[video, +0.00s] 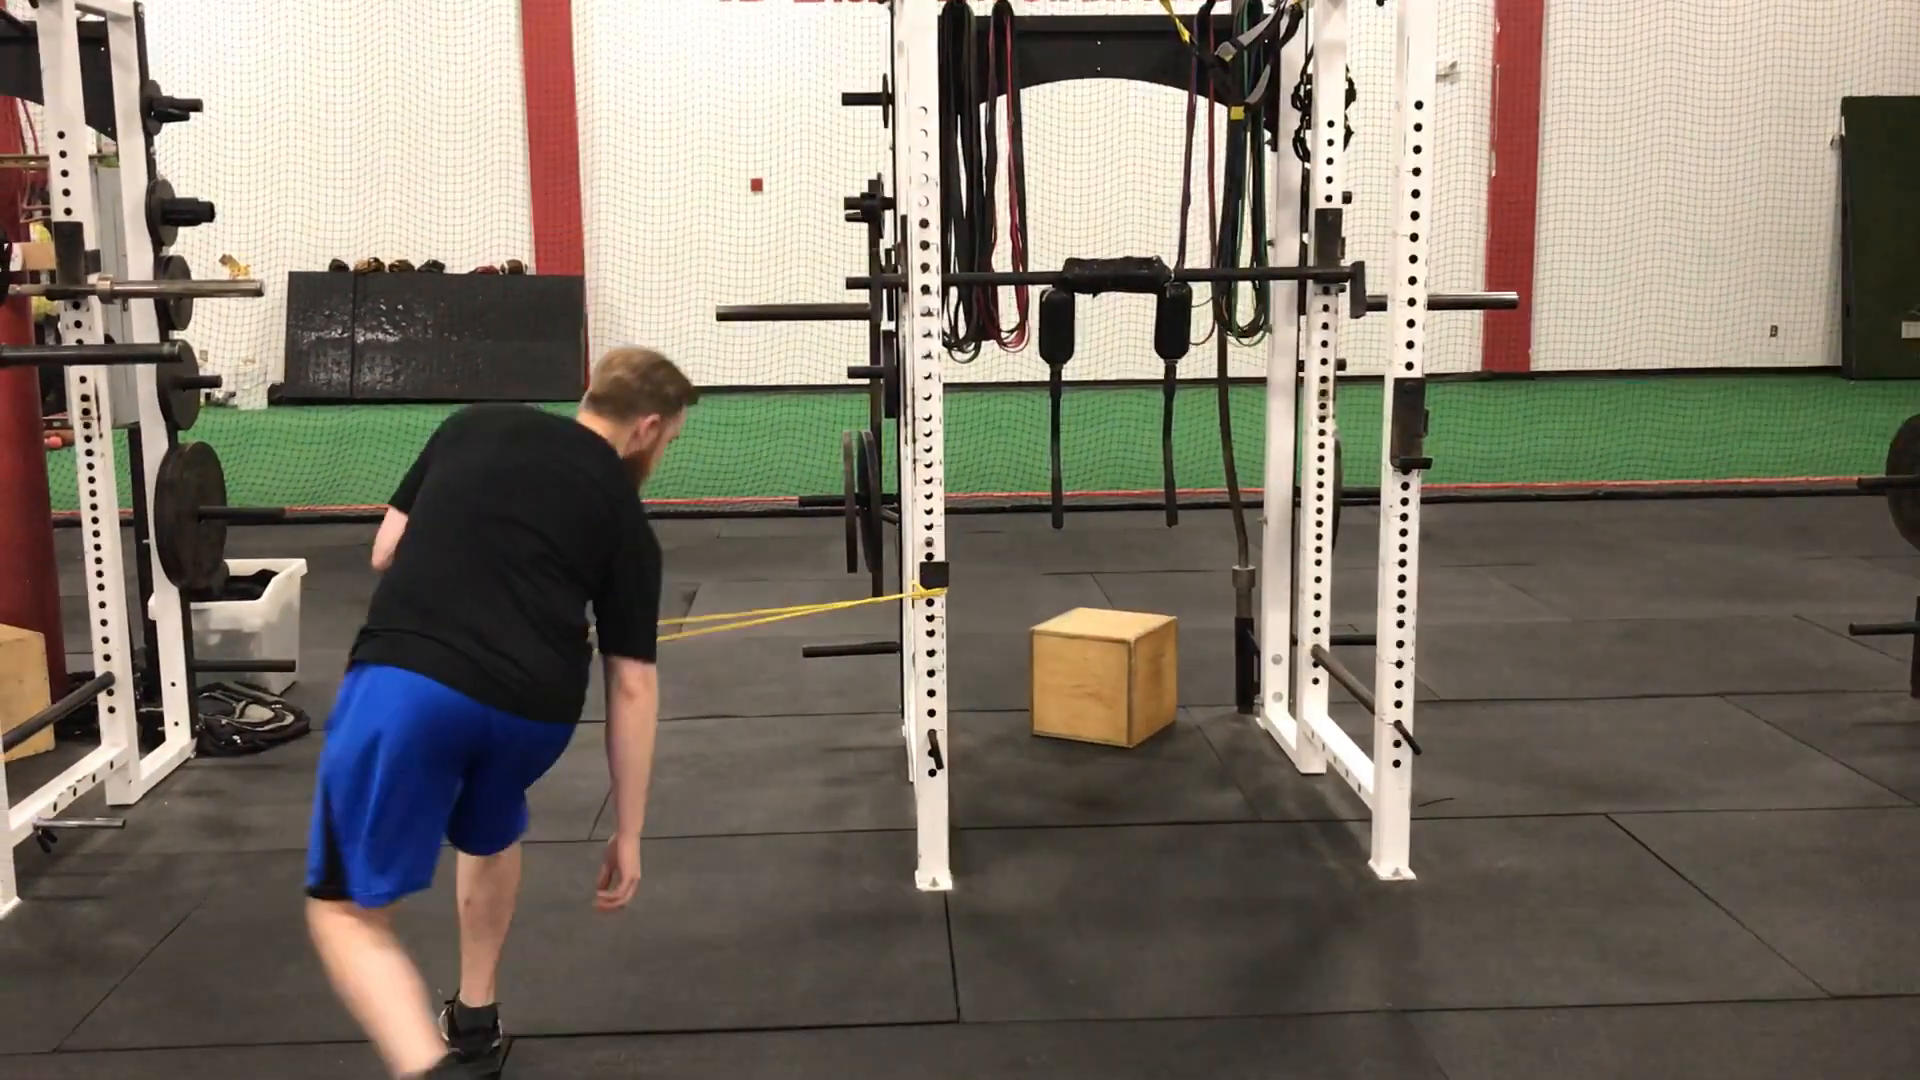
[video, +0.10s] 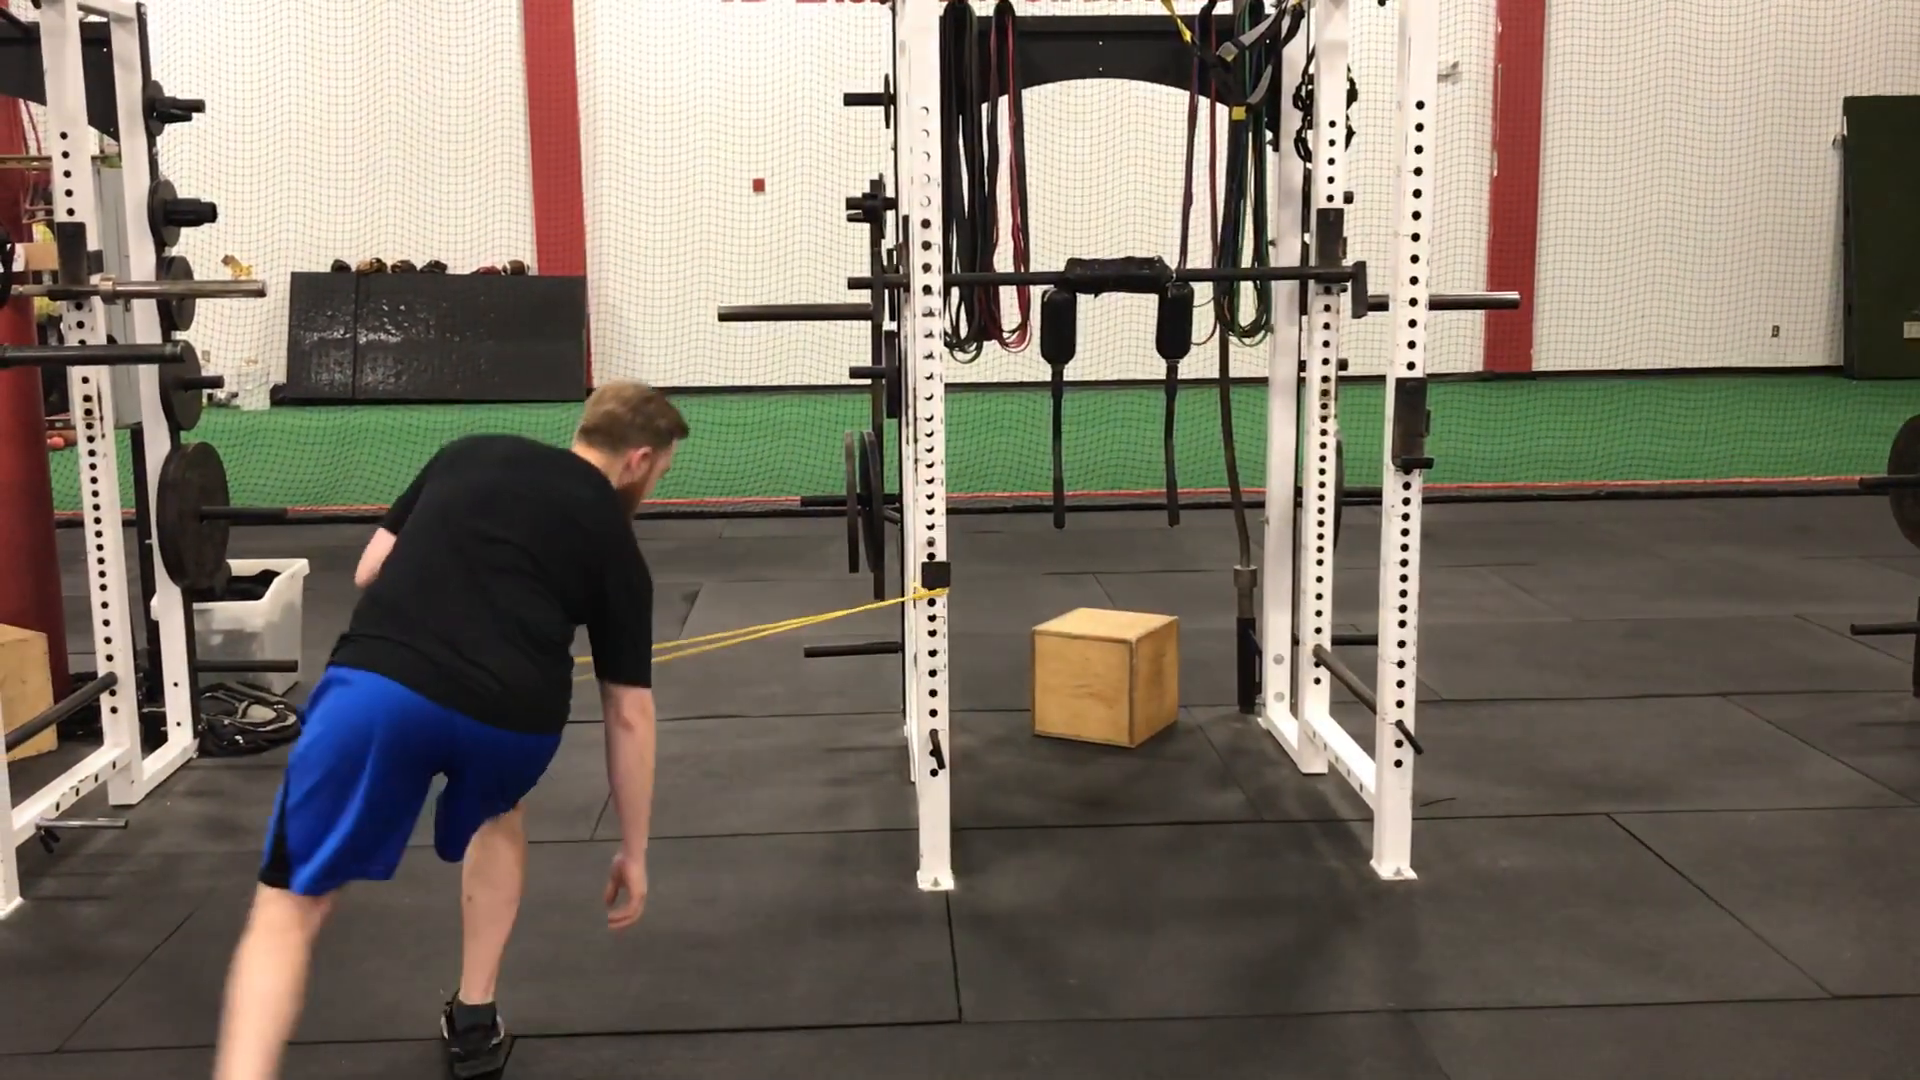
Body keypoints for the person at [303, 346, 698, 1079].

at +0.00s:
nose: (662, 453)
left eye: (671, 440)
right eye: (669, 438)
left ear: (585, 399)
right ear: (649, 426)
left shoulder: (472, 426)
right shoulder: (625, 521)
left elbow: (386, 551)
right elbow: (632, 684)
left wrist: (461, 603)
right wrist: (628, 831)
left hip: (409, 683)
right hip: (533, 712)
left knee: (341, 905)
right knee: (491, 817)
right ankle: (476, 1014)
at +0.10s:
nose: (656, 480)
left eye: (664, 467)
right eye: (661, 466)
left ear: (582, 433)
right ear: (641, 458)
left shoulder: (469, 453)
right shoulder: (614, 545)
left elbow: (370, 570)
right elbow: (630, 712)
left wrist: (449, 614)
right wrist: (633, 849)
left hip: (383, 689)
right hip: (510, 722)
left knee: (290, 900)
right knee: (496, 810)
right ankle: (475, 1015)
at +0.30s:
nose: (650, 554)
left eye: (653, 539)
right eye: (654, 540)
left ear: (575, 503)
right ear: (634, 532)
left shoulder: (467, 531)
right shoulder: (610, 615)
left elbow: (361, 633)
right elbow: (667, 775)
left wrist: (415, 711)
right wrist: (707, 892)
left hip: (346, 741)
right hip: (475, 774)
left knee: (237, 940)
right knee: (531, 804)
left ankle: (125, 1074)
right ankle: (461, 1009)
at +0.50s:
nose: (704, 624)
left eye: (703, 609)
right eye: (707, 612)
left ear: (624, 578)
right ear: (689, 612)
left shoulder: (529, 598)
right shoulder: (662, 696)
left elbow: (410, 681)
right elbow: (742, 834)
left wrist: (474, 730)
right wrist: (812, 933)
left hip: (385, 806)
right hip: (500, 858)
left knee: (246, 981)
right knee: (569, 829)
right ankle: (463, 1004)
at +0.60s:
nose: (740, 664)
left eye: (738, 651)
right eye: (745, 655)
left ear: (671, 612)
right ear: (733, 651)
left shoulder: (582, 627)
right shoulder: (706, 728)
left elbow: (460, 701)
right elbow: (761, 870)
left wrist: (539, 732)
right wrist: (813, 973)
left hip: (446, 833)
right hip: (560, 894)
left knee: (262, 991)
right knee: (551, 907)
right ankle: (477, 992)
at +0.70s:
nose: (775, 668)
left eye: (774, 653)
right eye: (779, 658)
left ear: (704, 616)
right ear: (766, 655)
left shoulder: (613, 639)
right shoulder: (749, 731)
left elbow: (505, 736)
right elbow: (783, 875)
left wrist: (587, 756)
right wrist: (818, 974)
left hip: (517, 868)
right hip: (620, 932)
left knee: (313, 983)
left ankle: (215, 1079)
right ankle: (496, 991)